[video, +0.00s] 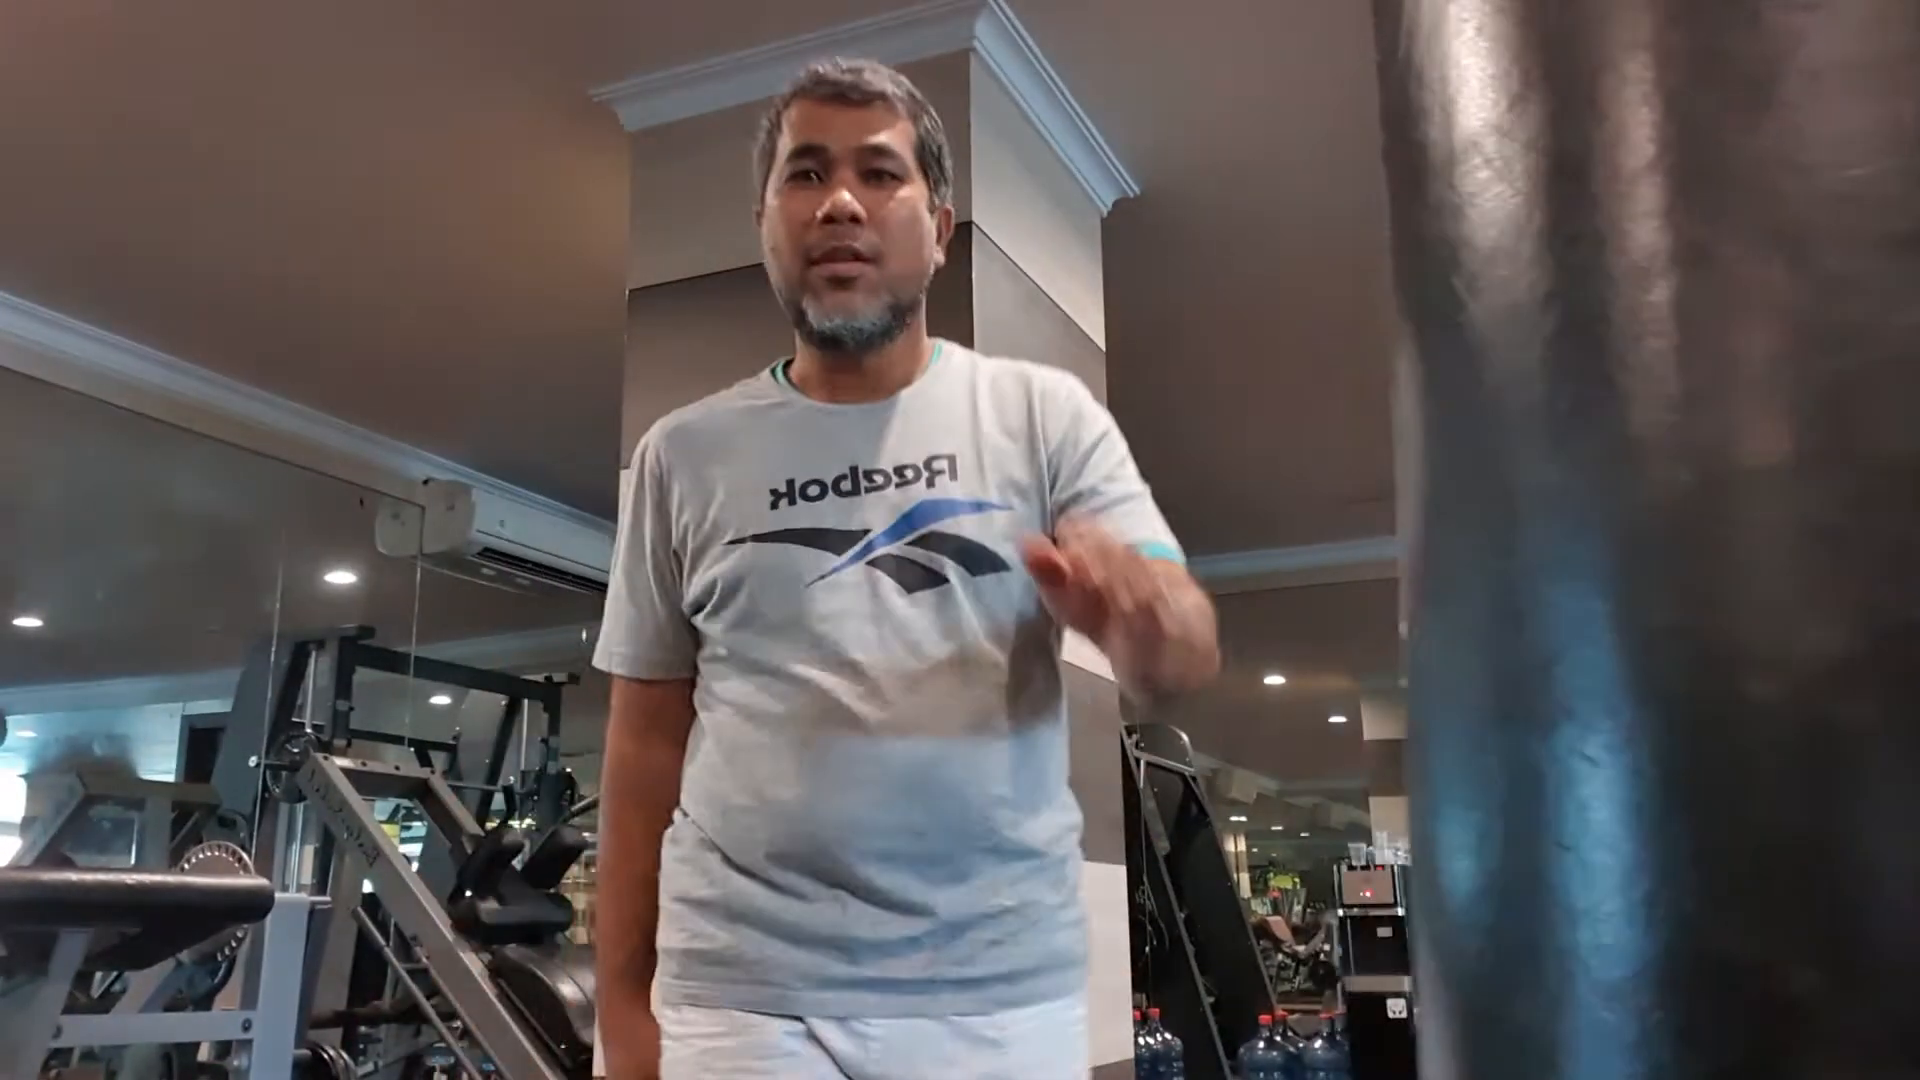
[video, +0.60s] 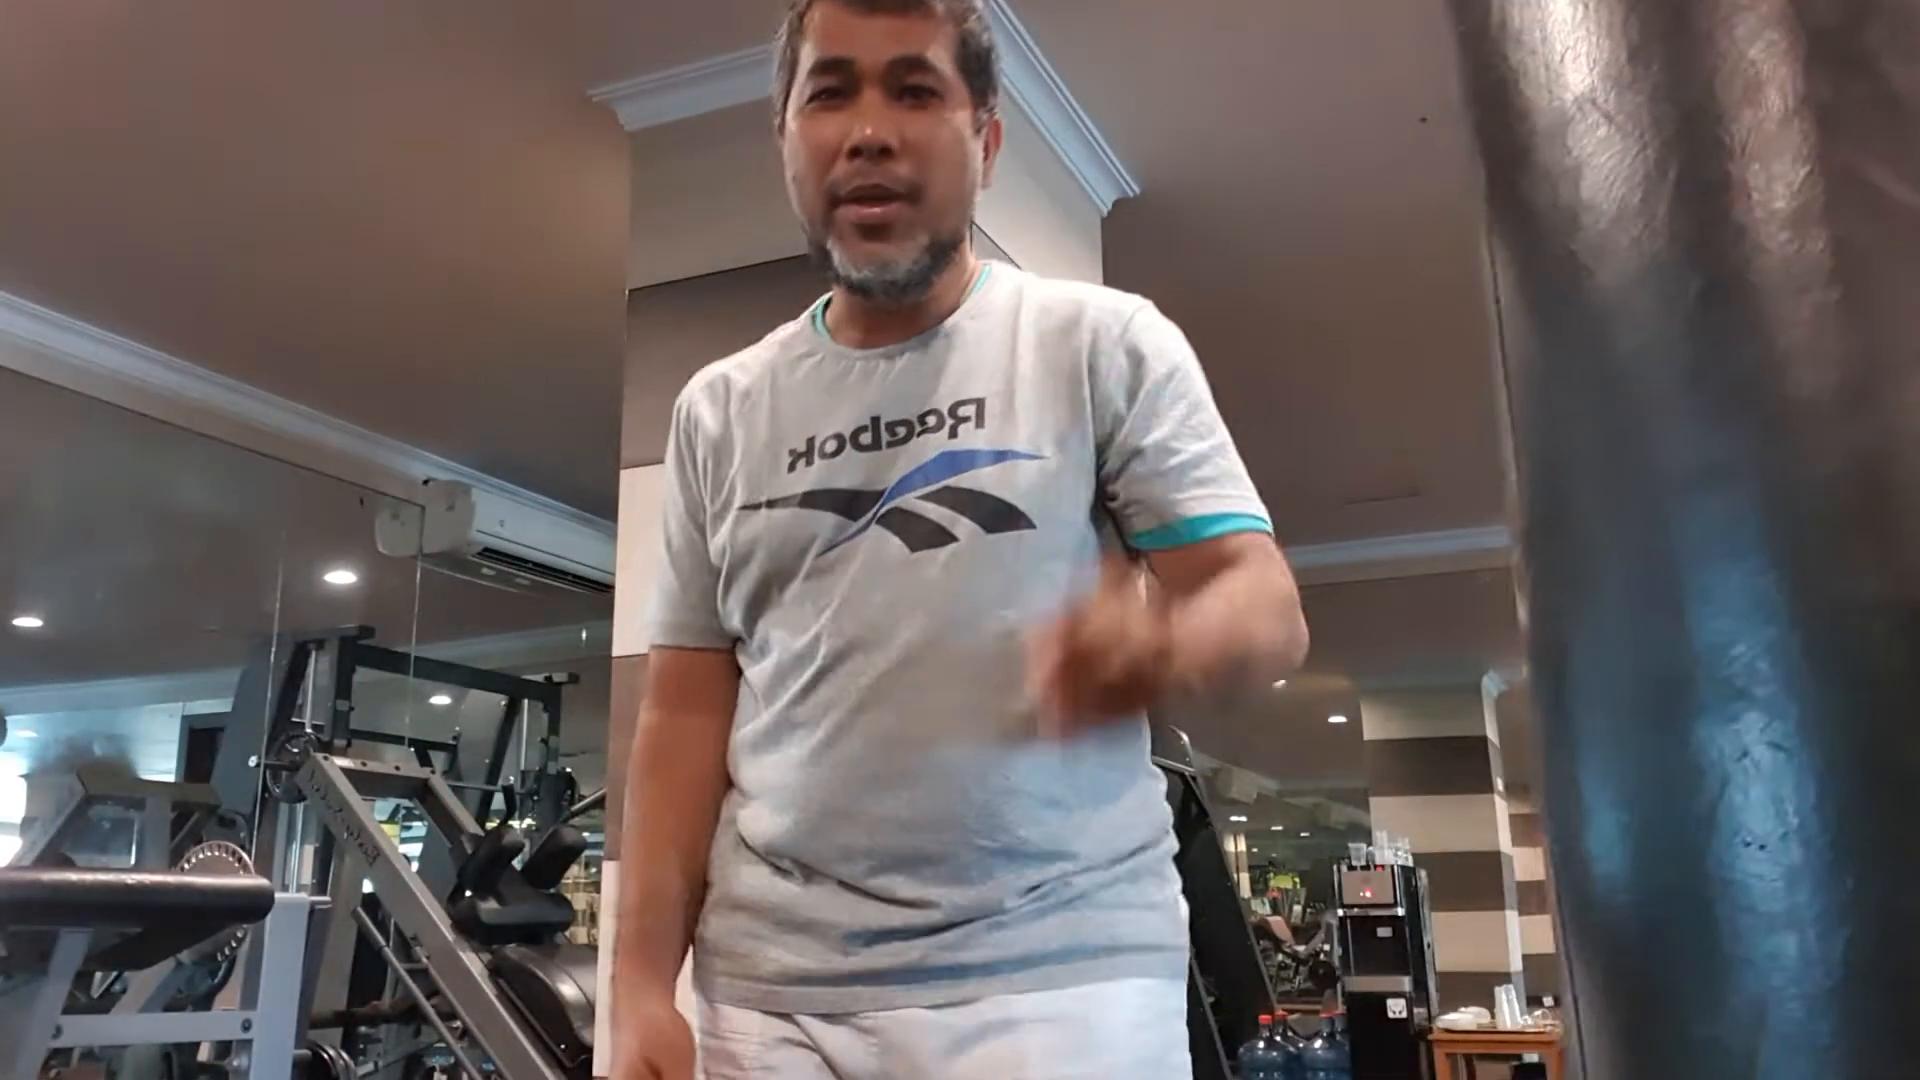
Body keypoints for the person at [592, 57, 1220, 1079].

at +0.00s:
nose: (839, 202)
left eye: (879, 174)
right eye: (805, 173)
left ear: (941, 228)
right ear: (764, 225)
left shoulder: (1046, 416)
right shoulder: (681, 458)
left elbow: (1189, 664)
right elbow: (646, 733)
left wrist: (1135, 612)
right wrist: (624, 1004)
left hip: (999, 1007)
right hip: (745, 1006)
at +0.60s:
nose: (869, 131)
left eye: (915, 91)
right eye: (831, 93)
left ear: (985, 140)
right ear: (786, 139)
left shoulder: (1107, 347)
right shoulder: (722, 412)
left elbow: (1264, 601)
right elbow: (683, 708)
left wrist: (1165, 643)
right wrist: (640, 986)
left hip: (1055, 992)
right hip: (770, 1000)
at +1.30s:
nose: (872, 179)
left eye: (925, 120)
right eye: (827, 122)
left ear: (1007, 138)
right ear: (774, 141)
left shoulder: (1153, 339)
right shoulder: (726, 382)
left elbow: (1312, 610)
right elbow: (689, 617)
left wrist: (1259, 908)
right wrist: (667, 837)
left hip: (1083, 1007)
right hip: (797, 1004)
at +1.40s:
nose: (867, 198)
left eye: (920, 138)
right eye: (821, 139)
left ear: (1002, 153)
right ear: (768, 156)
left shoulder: (1154, 357)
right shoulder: (720, 392)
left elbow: (1297, 638)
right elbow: (682, 628)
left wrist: (1225, 948)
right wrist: (664, 856)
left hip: (1081, 1007)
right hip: (801, 1000)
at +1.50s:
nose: (864, 210)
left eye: (920, 152)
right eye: (818, 151)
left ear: (1002, 170)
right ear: (761, 167)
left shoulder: (1153, 382)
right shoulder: (710, 413)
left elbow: (1279, 683)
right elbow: (666, 644)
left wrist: (1195, 1008)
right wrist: (667, 887)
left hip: (1092, 1013)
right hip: (809, 1009)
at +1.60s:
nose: (862, 228)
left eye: (918, 165)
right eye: (815, 167)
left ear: (1001, 197)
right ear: (759, 194)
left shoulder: (1151, 416)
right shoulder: (703, 437)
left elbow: (1259, 743)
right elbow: (653, 672)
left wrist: (1178, 1053)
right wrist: (671, 929)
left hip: (1091, 1020)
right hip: (809, 1013)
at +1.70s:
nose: (861, 255)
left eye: (917, 193)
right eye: (814, 195)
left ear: (1000, 218)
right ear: (758, 219)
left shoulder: (1147, 441)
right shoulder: (696, 456)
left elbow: (1249, 779)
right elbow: (636, 692)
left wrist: (1177, 1067)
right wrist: (679, 952)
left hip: (1091, 1021)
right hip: (818, 1015)